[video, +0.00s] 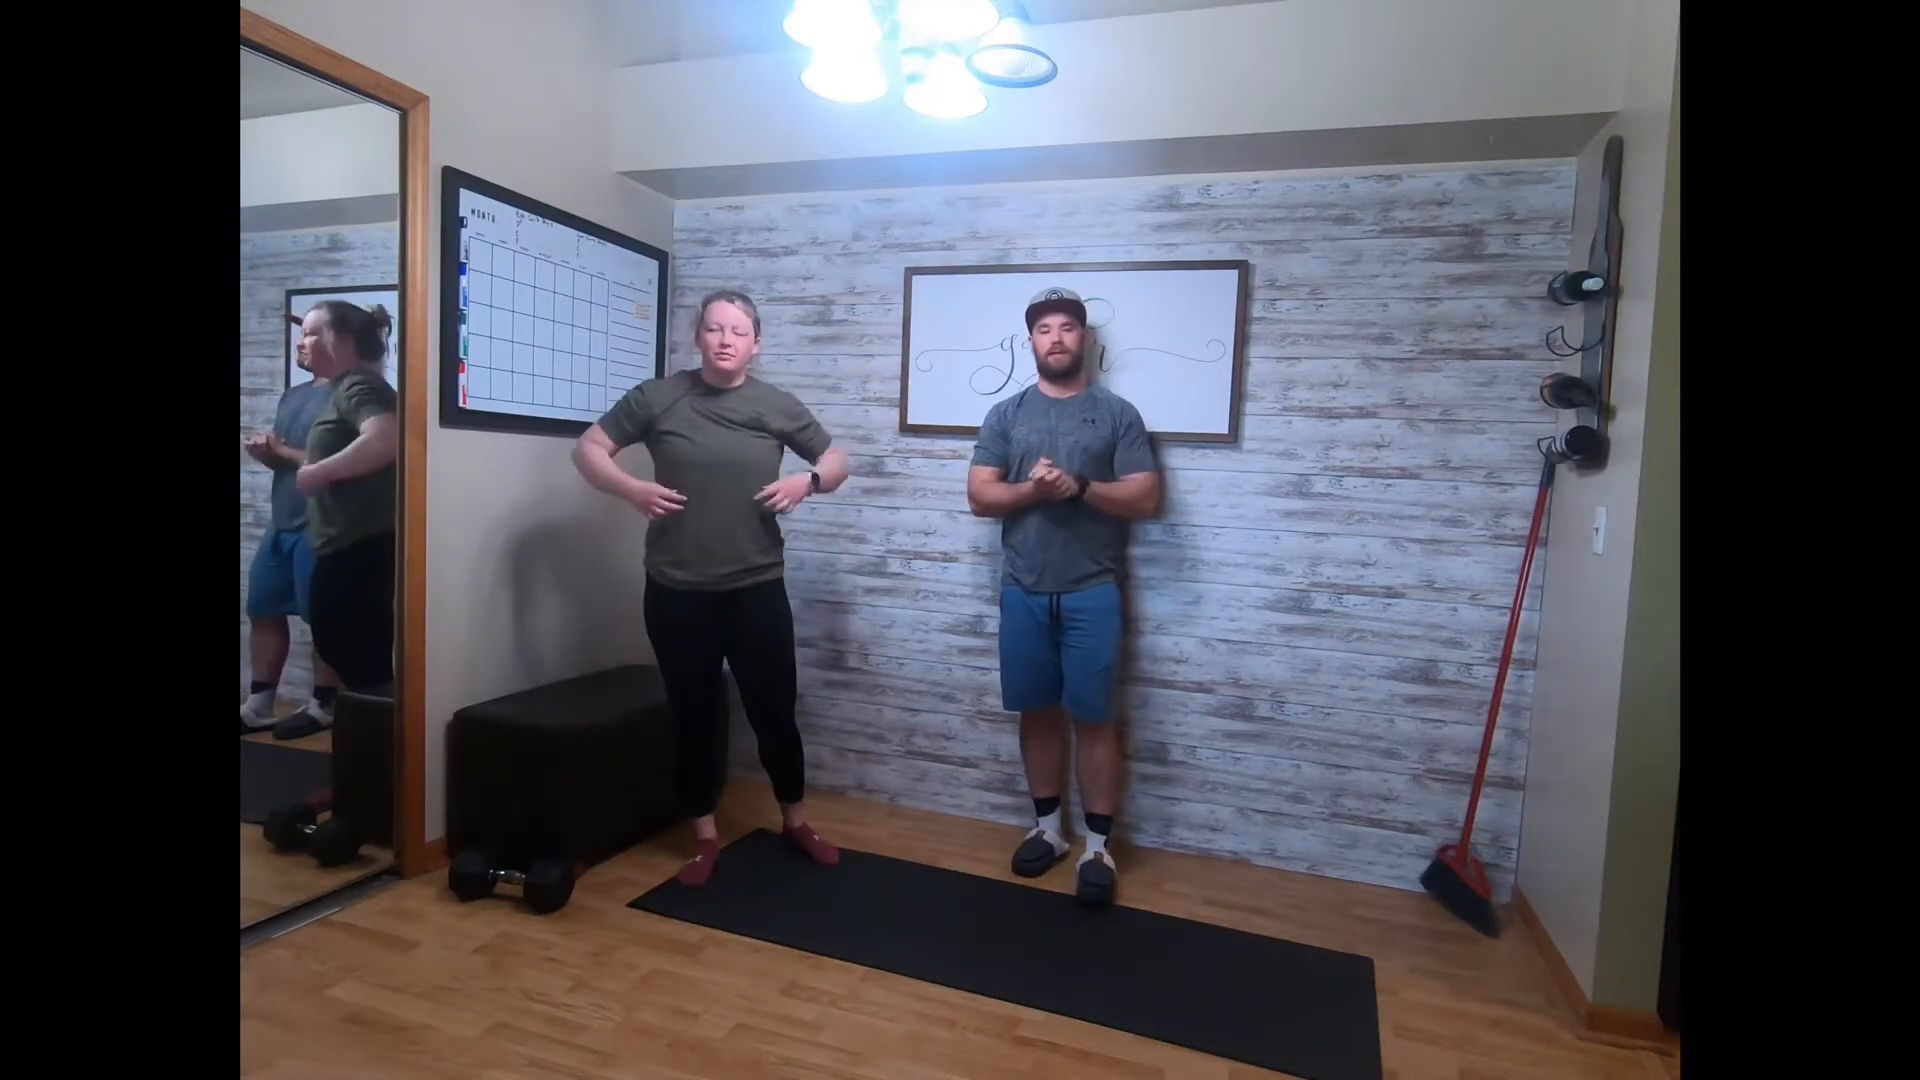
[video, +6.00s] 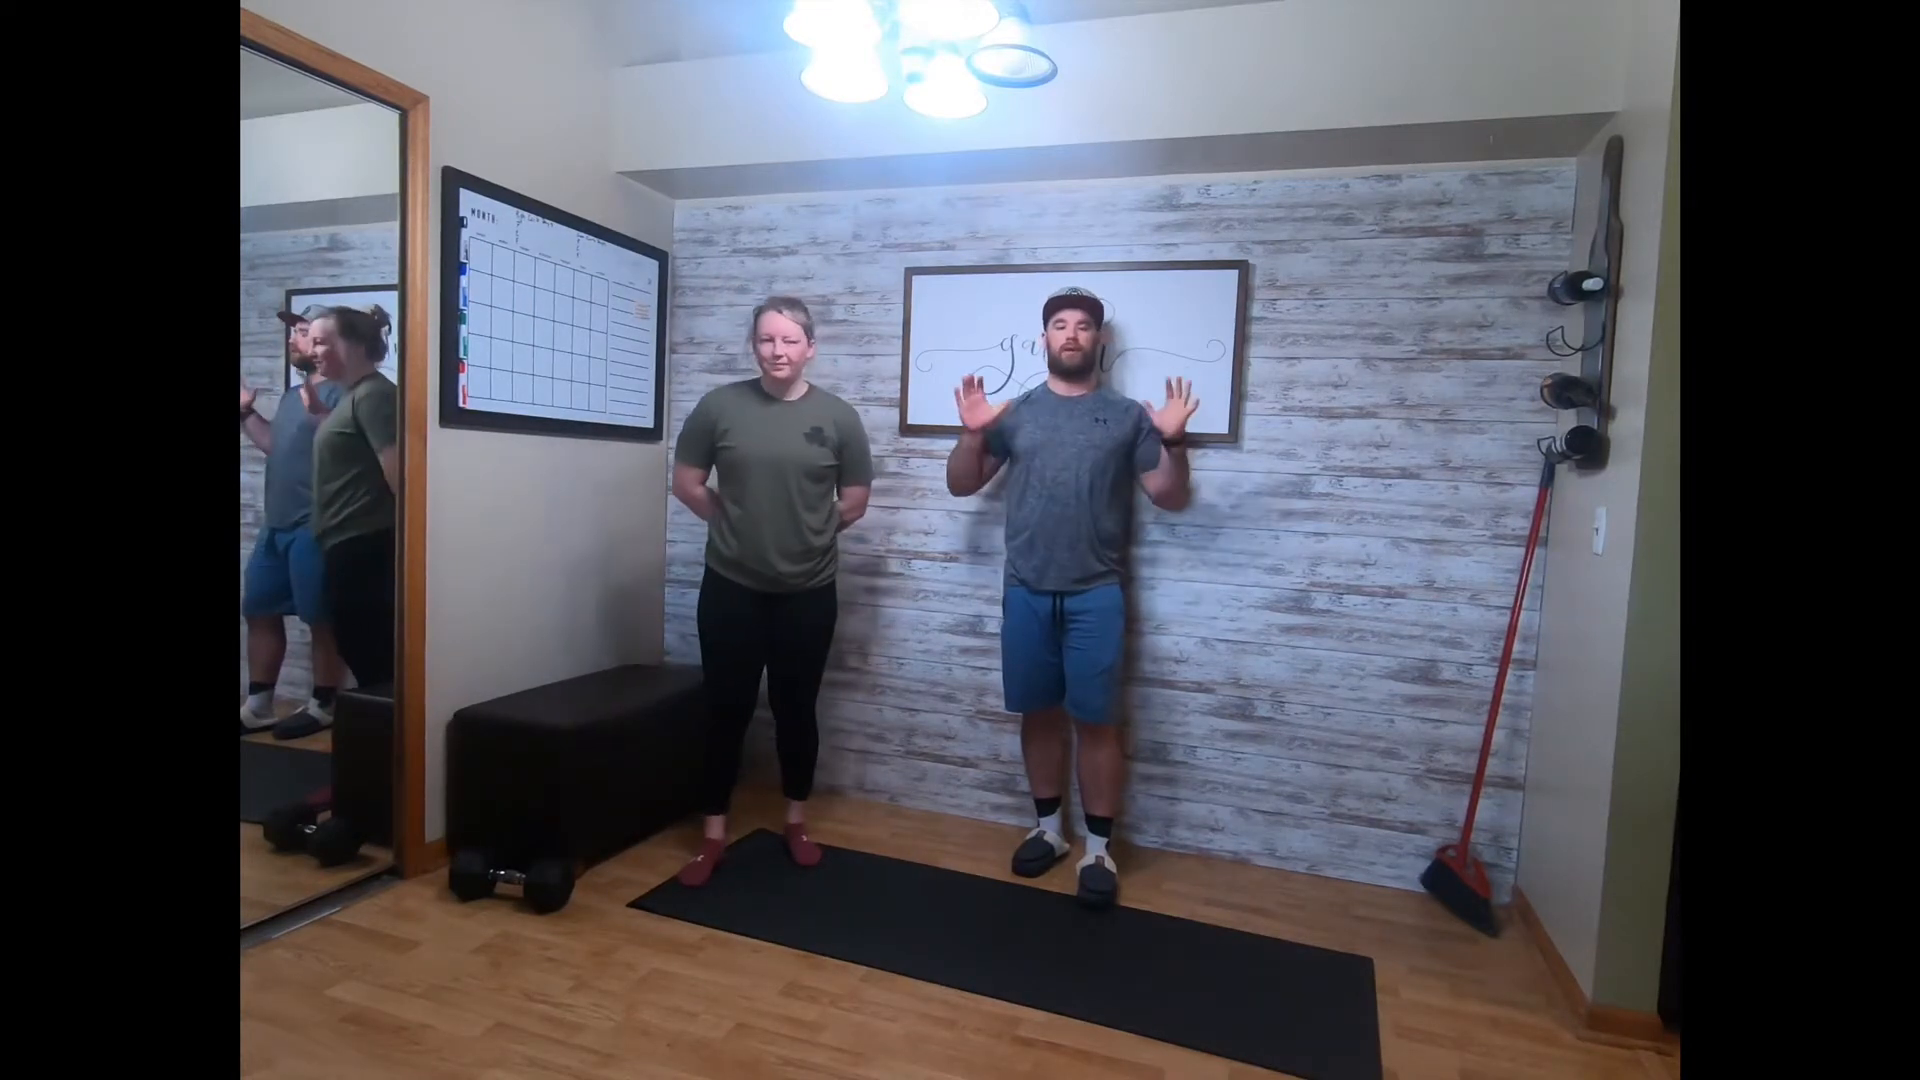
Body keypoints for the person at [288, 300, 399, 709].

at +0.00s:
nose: (304, 344)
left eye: (311, 335)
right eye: (304, 335)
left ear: (341, 339)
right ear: (343, 340)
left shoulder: (360, 385)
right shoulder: (344, 389)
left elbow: (384, 440)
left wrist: (321, 472)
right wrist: (287, 454)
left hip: (362, 547)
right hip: (345, 546)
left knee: (358, 657)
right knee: (350, 653)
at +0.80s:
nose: (290, 386)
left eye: (287, 374)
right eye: (283, 378)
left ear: (304, 357)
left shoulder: (354, 390)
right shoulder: (342, 395)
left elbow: (392, 440)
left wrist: (373, 514)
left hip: (357, 548)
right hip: (344, 547)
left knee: (366, 662)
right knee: (363, 661)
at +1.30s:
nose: (286, 392)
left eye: (283, 380)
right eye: (280, 383)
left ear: (301, 361)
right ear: (319, 355)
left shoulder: (341, 396)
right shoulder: (369, 391)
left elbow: (377, 476)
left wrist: (426, 513)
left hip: (358, 548)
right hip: (376, 544)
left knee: (365, 660)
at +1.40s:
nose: (282, 397)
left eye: (277, 385)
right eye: (275, 389)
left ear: (294, 365)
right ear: (316, 355)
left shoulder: (336, 398)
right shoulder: (361, 393)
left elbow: (380, 477)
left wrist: (427, 516)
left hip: (362, 550)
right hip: (377, 547)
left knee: (369, 666)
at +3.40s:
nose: (306, 340)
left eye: (314, 332)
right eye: (308, 331)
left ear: (340, 341)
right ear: (343, 343)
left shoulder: (362, 395)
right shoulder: (347, 395)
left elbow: (390, 486)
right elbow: (384, 483)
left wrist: (428, 527)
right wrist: (428, 523)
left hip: (357, 548)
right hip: (343, 546)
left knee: (355, 660)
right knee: (352, 658)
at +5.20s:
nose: (326, 365)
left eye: (330, 354)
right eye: (324, 357)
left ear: (357, 351)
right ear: (358, 353)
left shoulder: (388, 400)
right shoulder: (360, 401)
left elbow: (414, 472)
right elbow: (355, 468)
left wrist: (411, 538)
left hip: (380, 544)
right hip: (356, 543)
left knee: (374, 647)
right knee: (363, 645)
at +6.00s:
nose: (317, 351)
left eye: (326, 341)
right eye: (315, 343)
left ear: (357, 344)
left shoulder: (374, 395)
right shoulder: (354, 396)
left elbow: (402, 480)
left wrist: (420, 539)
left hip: (366, 543)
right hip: (347, 543)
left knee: (369, 656)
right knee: (364, 655)